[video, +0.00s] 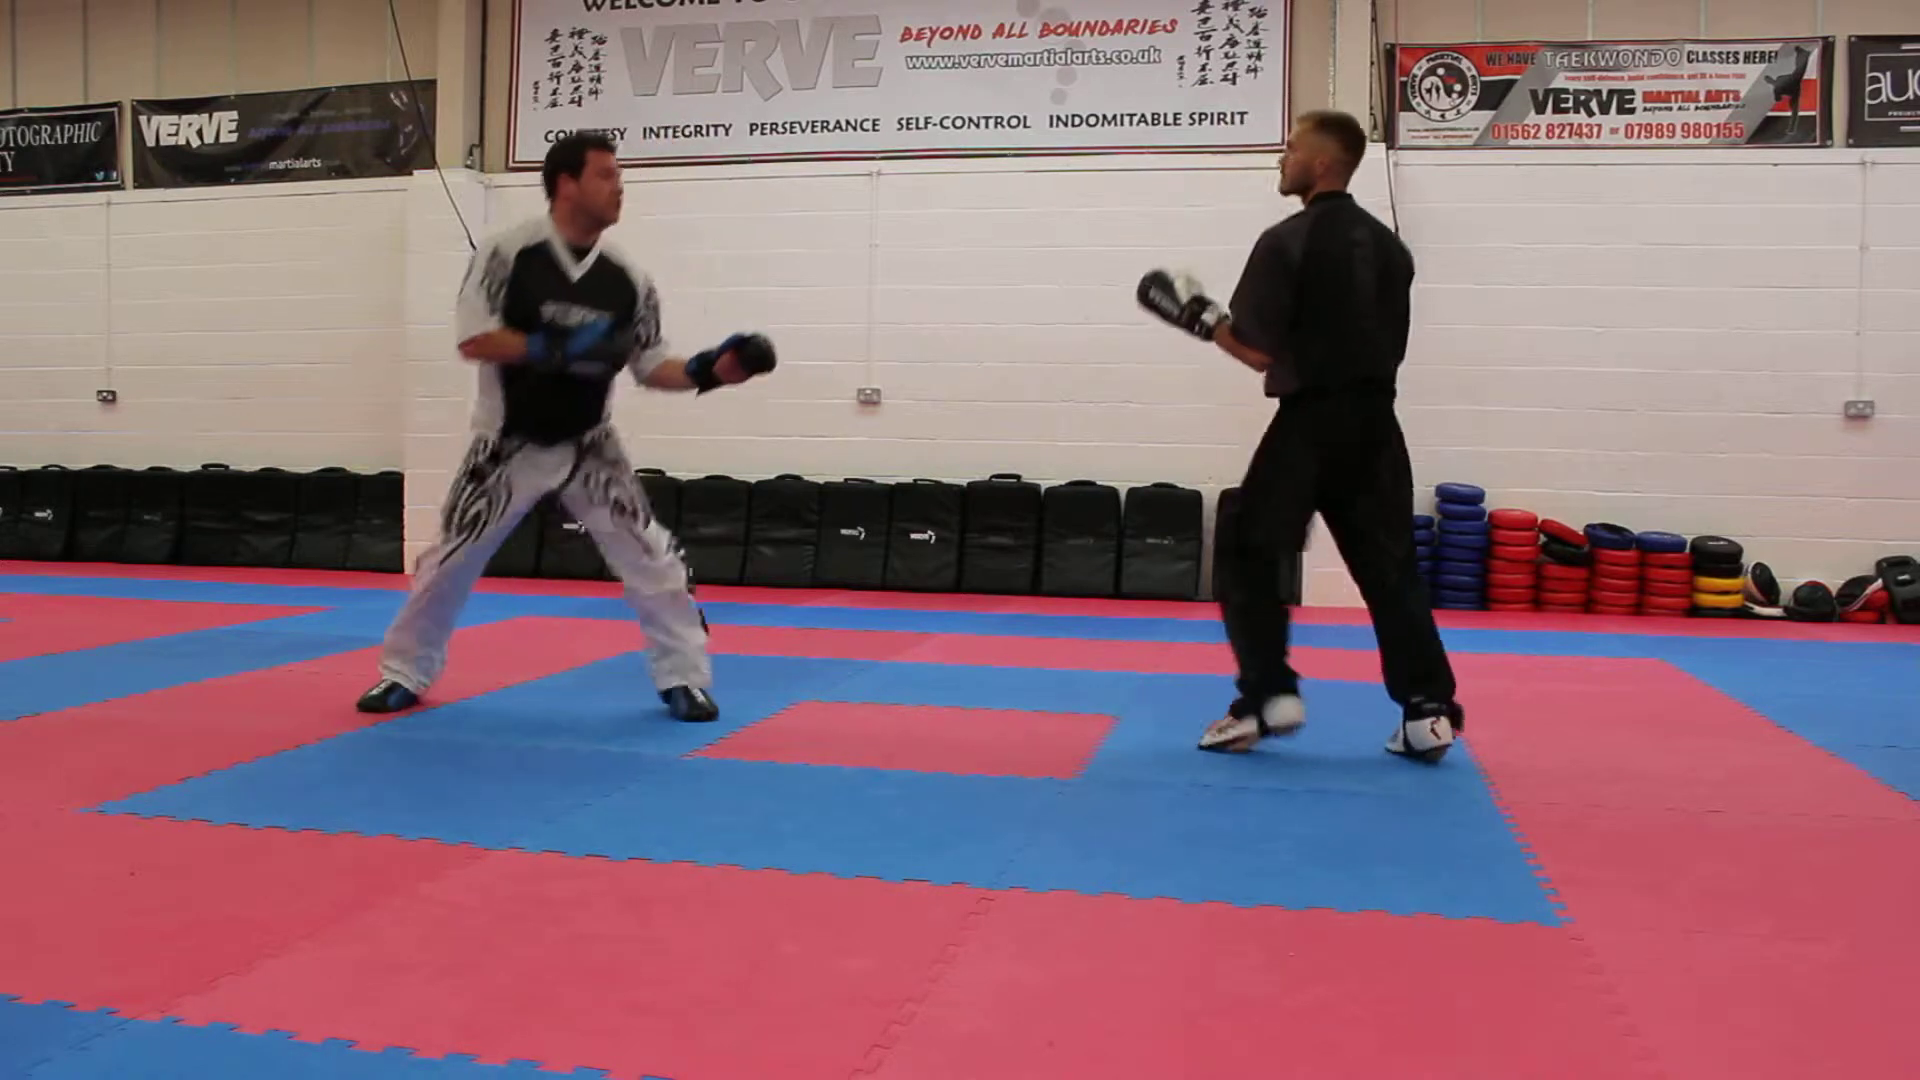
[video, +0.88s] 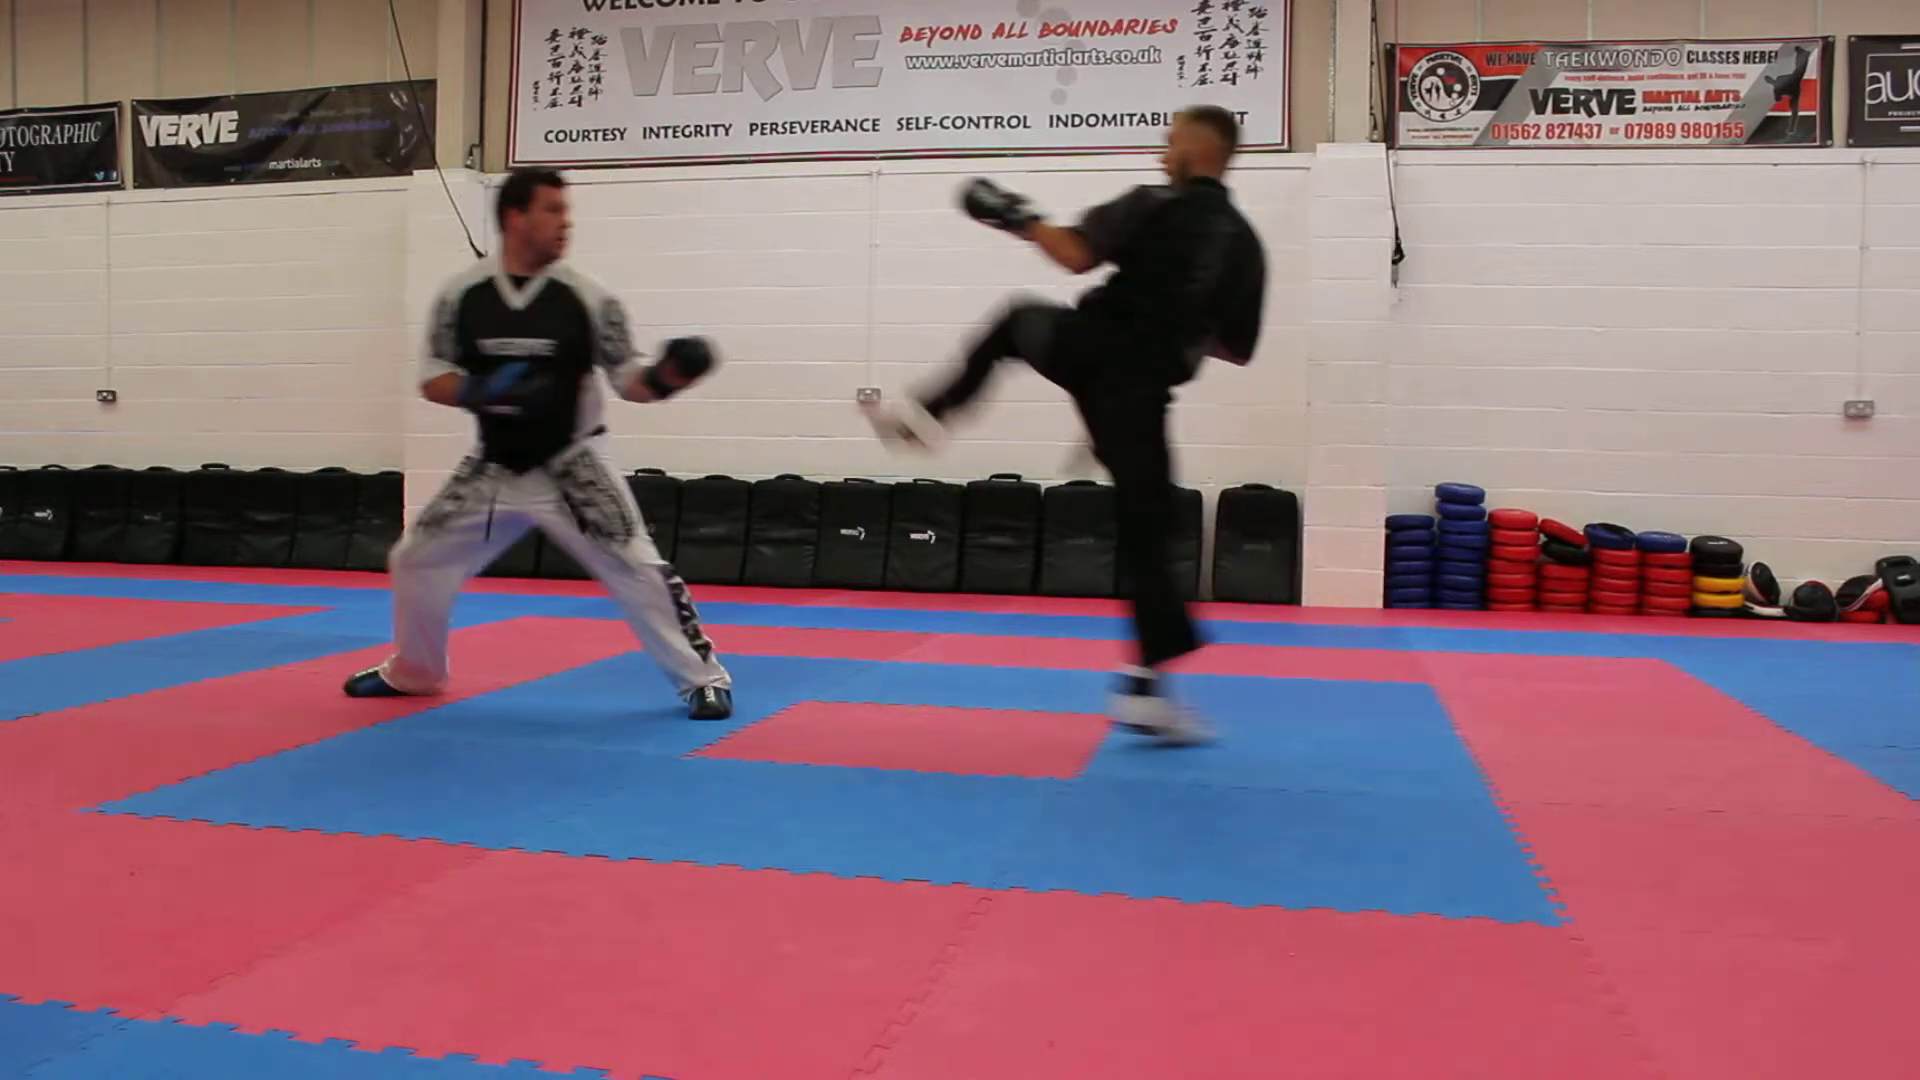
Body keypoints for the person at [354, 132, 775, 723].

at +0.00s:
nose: (619, 187)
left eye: (619, 176)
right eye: (606, 176)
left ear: (607, 187)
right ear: (564, 186)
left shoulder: (629, 281)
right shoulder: (505, 254)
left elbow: (651, 368)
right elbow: (473, 340)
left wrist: (709, 372)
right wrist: (551, 346)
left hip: (590, 449)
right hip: (507, 448)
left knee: (653, 561)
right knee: (452, 562)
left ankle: (683, 680)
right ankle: (404, 674)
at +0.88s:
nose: (566, 223)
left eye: (566, 212)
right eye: (553, 212)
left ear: (560, 218)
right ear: (512, 218)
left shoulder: (588, 301)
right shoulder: (461, 297)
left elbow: (628, 381)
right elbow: (433, 381)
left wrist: (664, 377)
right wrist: (479, 392)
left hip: (571, 468)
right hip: (491, 470)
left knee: (640, 570)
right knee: (414, 563)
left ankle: (704, 679)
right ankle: (414, 674)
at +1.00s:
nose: (504, 208)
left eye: (506, 197)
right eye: (491, 196)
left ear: (503, 204)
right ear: (453, 203)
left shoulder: (528, 282)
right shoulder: (405, 284)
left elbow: (571, 361)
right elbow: (378, 358)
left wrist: (596, 350)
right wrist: (417, 374)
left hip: (520, 444)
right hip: (447, 451)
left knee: (577, 557)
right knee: (382, 554)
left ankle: (676, 669)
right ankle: (415, 669)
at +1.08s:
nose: (466, 198)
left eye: (469, 187)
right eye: (454, 186)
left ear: (469, 194)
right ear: (415, 193)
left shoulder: (488, 266)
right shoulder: (372, 272)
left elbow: (534, 350)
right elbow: (347, 345)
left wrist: (541, 331)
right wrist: (375, 361)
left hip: (487, 424)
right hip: (420, 436)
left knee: (489, 547)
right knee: (375, 551)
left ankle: (582, 647)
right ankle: (413, 669)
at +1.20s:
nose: (411, 188)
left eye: (414, 176)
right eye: (399, 176)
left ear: (419, 180)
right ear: (362, 182)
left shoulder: (439, 250)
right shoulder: (331, 264)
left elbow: (483, 330)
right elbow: (312, 346)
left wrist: (435, 311)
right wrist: (338, 357)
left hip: (440, 411)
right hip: (380, 416)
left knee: (365, 529)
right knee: (360, 537)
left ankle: (400, 653)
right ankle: (400, 659)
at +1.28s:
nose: (372, 185)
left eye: (376, 174)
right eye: (359, 174)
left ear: (382, 180)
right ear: (327, 181)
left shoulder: (399, 248)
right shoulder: (310, 265)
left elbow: (439, 325)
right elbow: (289, 362)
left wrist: (363, 314)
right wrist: (321, 348)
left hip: (400, 412)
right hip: (352, 414)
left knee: (314, 532)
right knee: (358, 550)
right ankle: (410, 663)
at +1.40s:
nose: (256, 194)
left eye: (265, 179)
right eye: (254, 181)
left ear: (302, 178)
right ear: (285, 184)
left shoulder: (331, 240)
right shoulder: (307, 245)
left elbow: (347, 327)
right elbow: (307, 335)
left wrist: (265, 362)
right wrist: (259, 367)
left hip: (329, 420)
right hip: (365, 422)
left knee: (250, 541)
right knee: (338, 552)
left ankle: (190, 666)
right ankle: (408, 660)